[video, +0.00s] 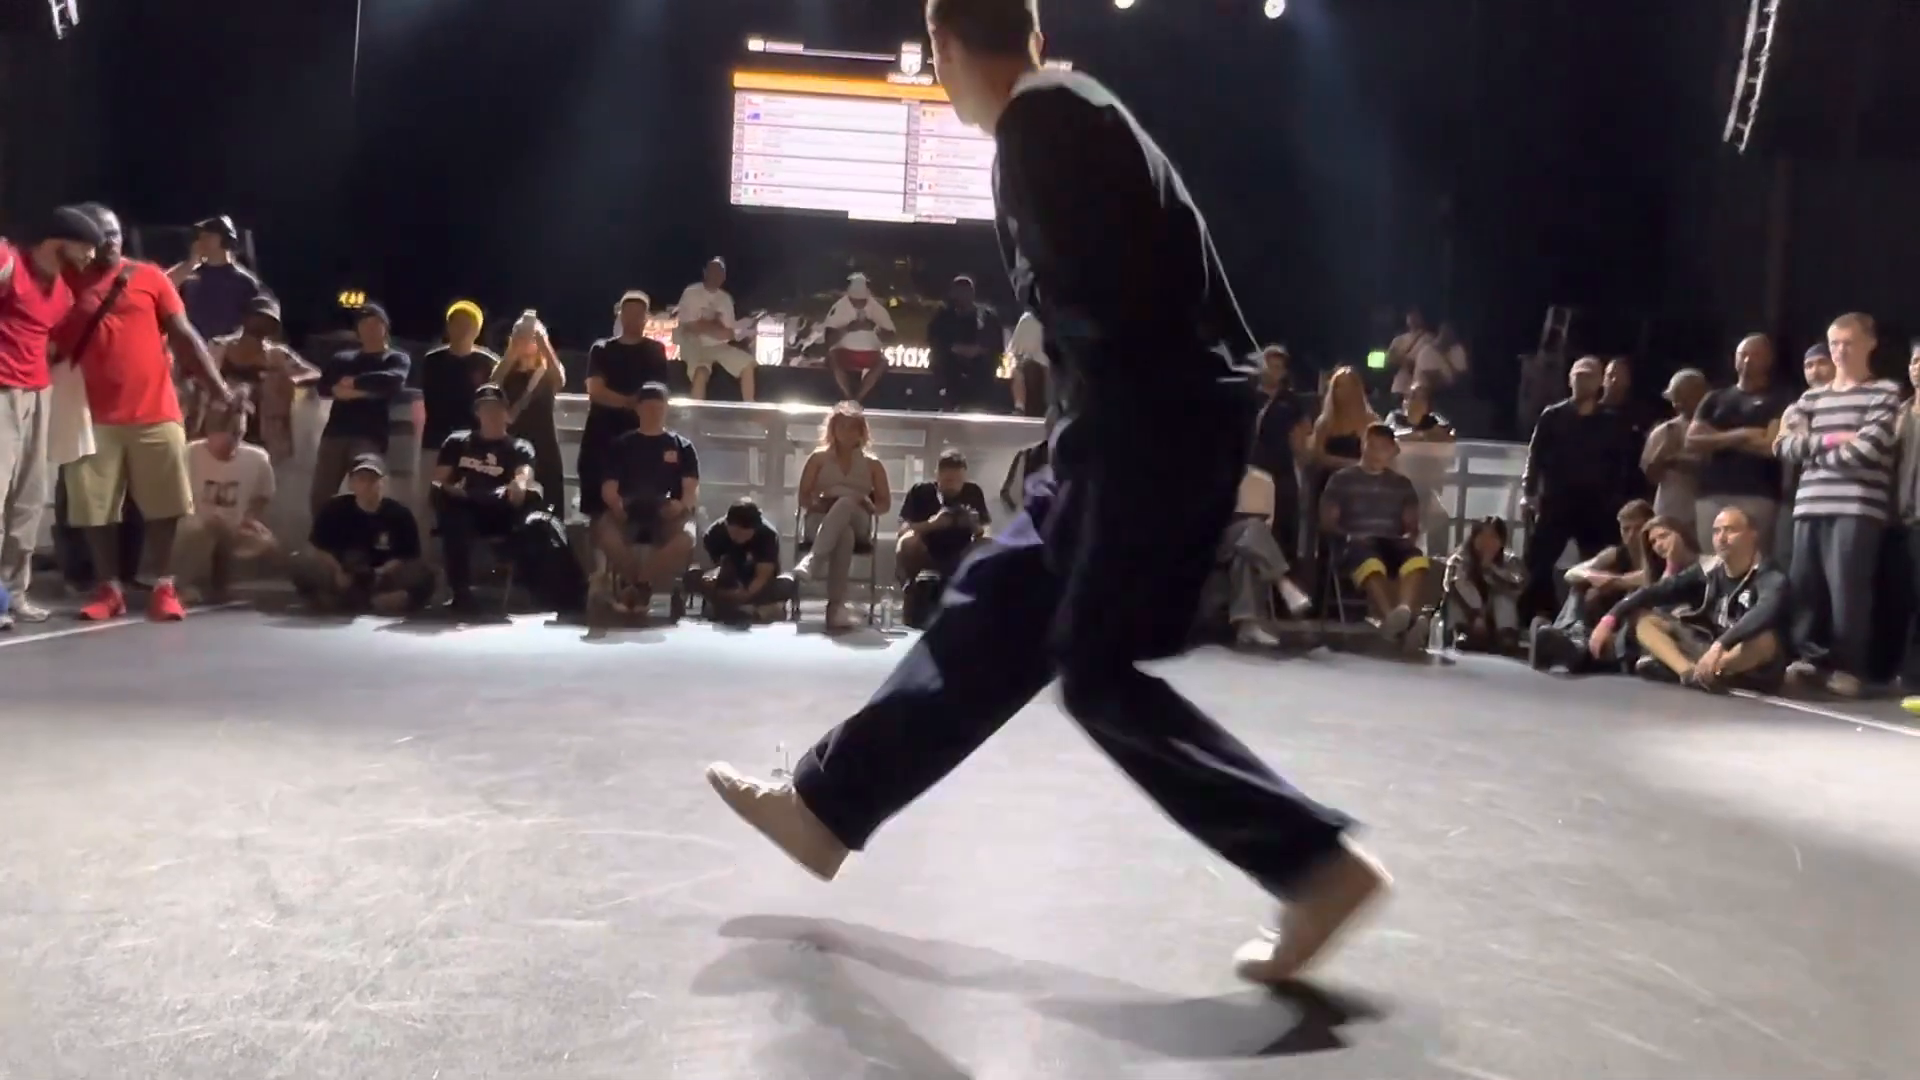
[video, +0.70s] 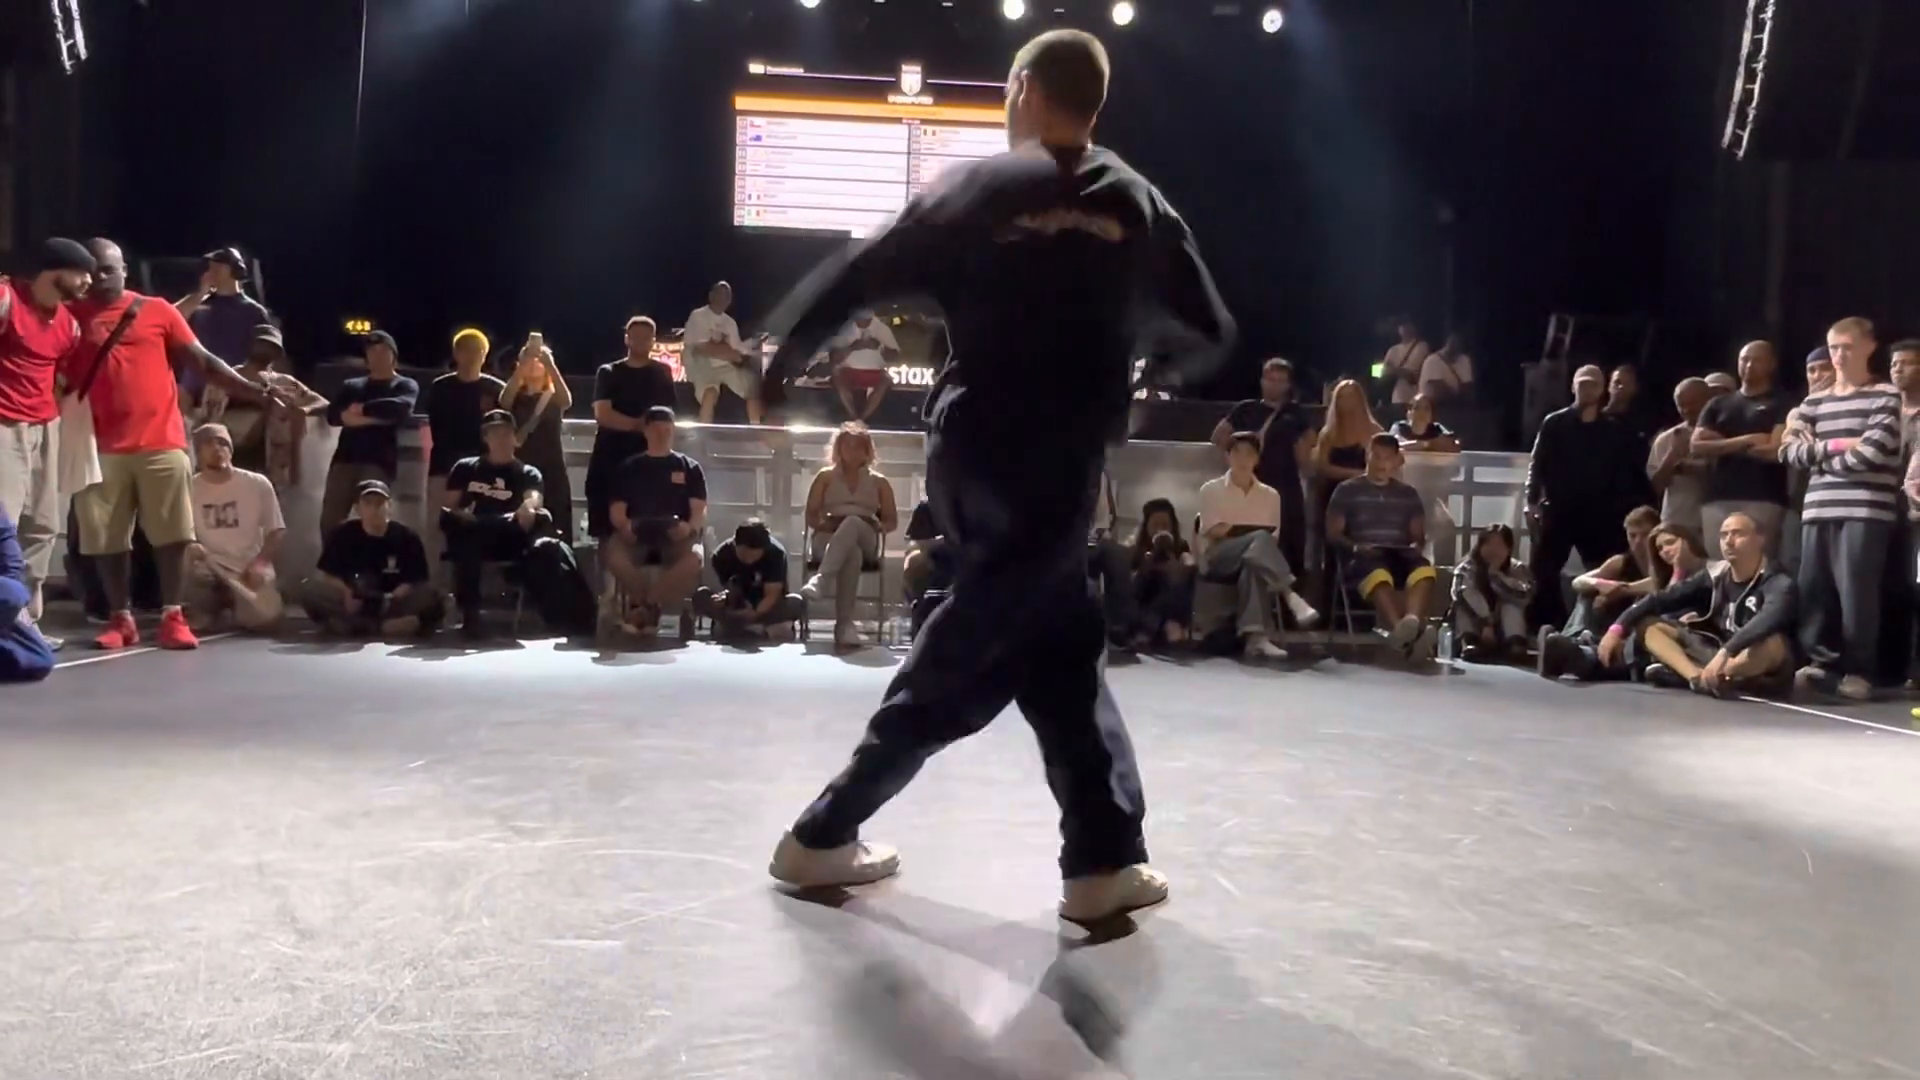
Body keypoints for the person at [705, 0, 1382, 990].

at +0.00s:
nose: (934, 75)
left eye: (934, 54)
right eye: (934, 56)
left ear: (959, 49)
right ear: (1021, 37)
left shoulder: (1042, 117)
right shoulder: (1068, 115)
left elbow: (1094, 296)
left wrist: (1028, 330)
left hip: (1160, 429)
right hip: (1122, 430)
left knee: (1097, 674)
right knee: (994, 612)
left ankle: (1317, 867)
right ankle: (829, 809)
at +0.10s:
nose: (949, 104)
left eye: (948, 83)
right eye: (951, 84)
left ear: (967, 82)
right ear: (1037, 73)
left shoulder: (1040, 155)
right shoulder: (1071, 149)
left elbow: (1061, 329)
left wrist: (996, 308)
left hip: (1160, 480)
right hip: (1114, 477)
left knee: (1170, 726)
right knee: (992, 682)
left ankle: (1365, 914)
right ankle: (816, 860)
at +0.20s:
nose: (974, 74)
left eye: (973, 57)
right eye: (977, 57)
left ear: (986, 52)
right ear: (1074, 51)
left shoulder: (1014, 120)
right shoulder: (1138, 149)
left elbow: (937, 281)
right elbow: (1244, 279)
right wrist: (1260, 433)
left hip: (1083, 449)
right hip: (1102, 448)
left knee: (1058, 702)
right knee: (928, 597)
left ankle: (1278, 860)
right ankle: (864, 845)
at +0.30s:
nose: (995, 80)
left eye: (995, 65)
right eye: (1002, 68)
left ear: (1003, 61)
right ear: (1089, 69)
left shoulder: (996, 131)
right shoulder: (1171, 172)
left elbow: (871, 229)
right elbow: (1260, 298)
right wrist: (1249, 458)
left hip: (1018, 444)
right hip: (1114, 460)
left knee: (887, 626)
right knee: (935, 621)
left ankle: (985, 835)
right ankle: (979, 872)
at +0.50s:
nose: (1012, 65)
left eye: (1017, 52)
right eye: (1026, 54)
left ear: (1029, 55)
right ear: (1106, 75)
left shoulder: (969, 135)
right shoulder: (1150, 163)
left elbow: (858, 245)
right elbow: (1162, 328)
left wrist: (795, 367)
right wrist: (1101, 391)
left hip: (970, 409)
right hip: (1082, 437)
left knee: (900, 579)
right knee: (1002, 655)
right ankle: (920, 868)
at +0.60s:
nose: (1018, 82)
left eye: (1019, 69)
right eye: (1029, 72)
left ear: (1028, 70)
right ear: (1110, 84)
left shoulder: (963, 145)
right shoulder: (1139, 164)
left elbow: (841, 206)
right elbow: (1153, 303)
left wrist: (738, 299)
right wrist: (1113, 360)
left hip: (970, 404)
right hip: (1074, 416)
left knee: (1022, 626)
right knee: (994, 633)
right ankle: (843, 808)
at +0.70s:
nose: (1007, 104)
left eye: (1011, 90)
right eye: (1017, 91)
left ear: (1023, 92)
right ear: (1100, 107)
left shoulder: (973, 189)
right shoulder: (1141, 204)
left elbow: (858, 272)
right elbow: (1213, 334)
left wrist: (784, 355)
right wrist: (1154, 375)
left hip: (969, 447)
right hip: (1062, 458)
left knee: (1063, 656)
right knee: (955, 665)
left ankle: (1102, 865)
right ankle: (818, 839)